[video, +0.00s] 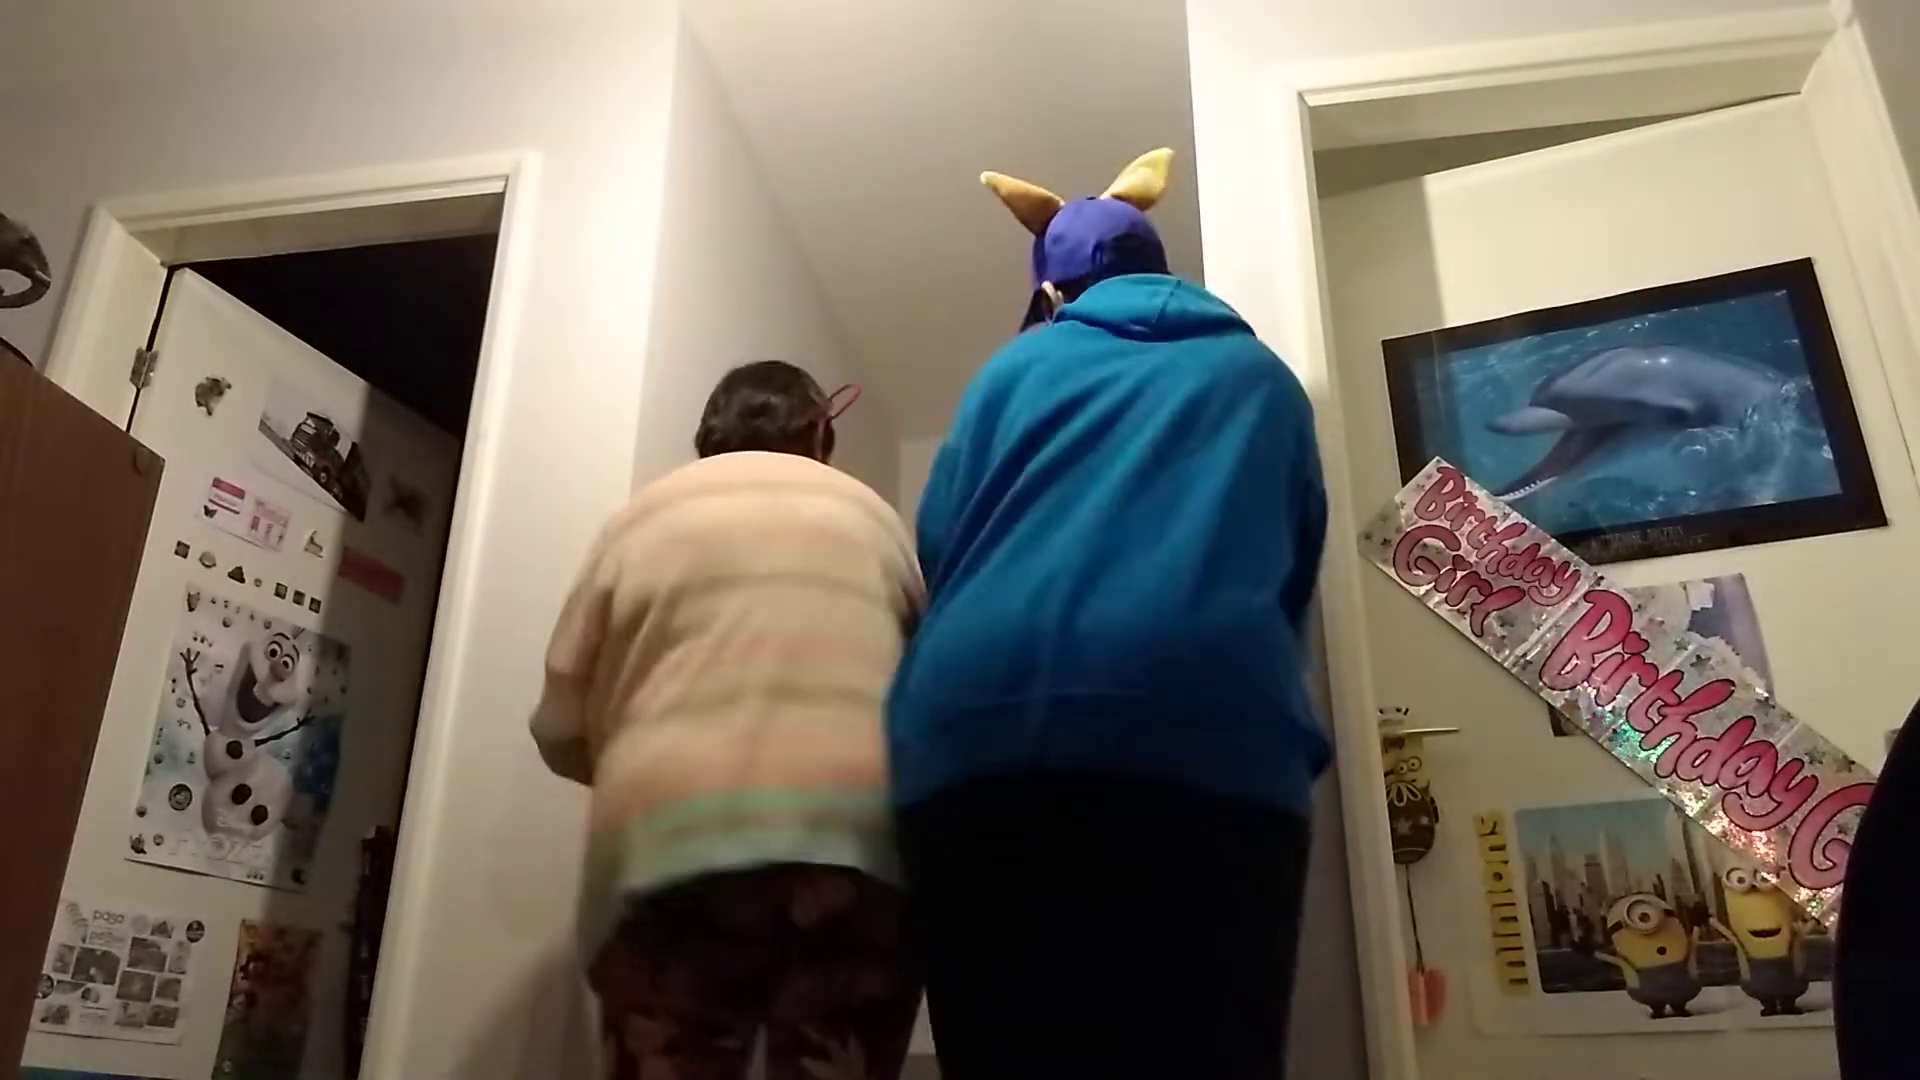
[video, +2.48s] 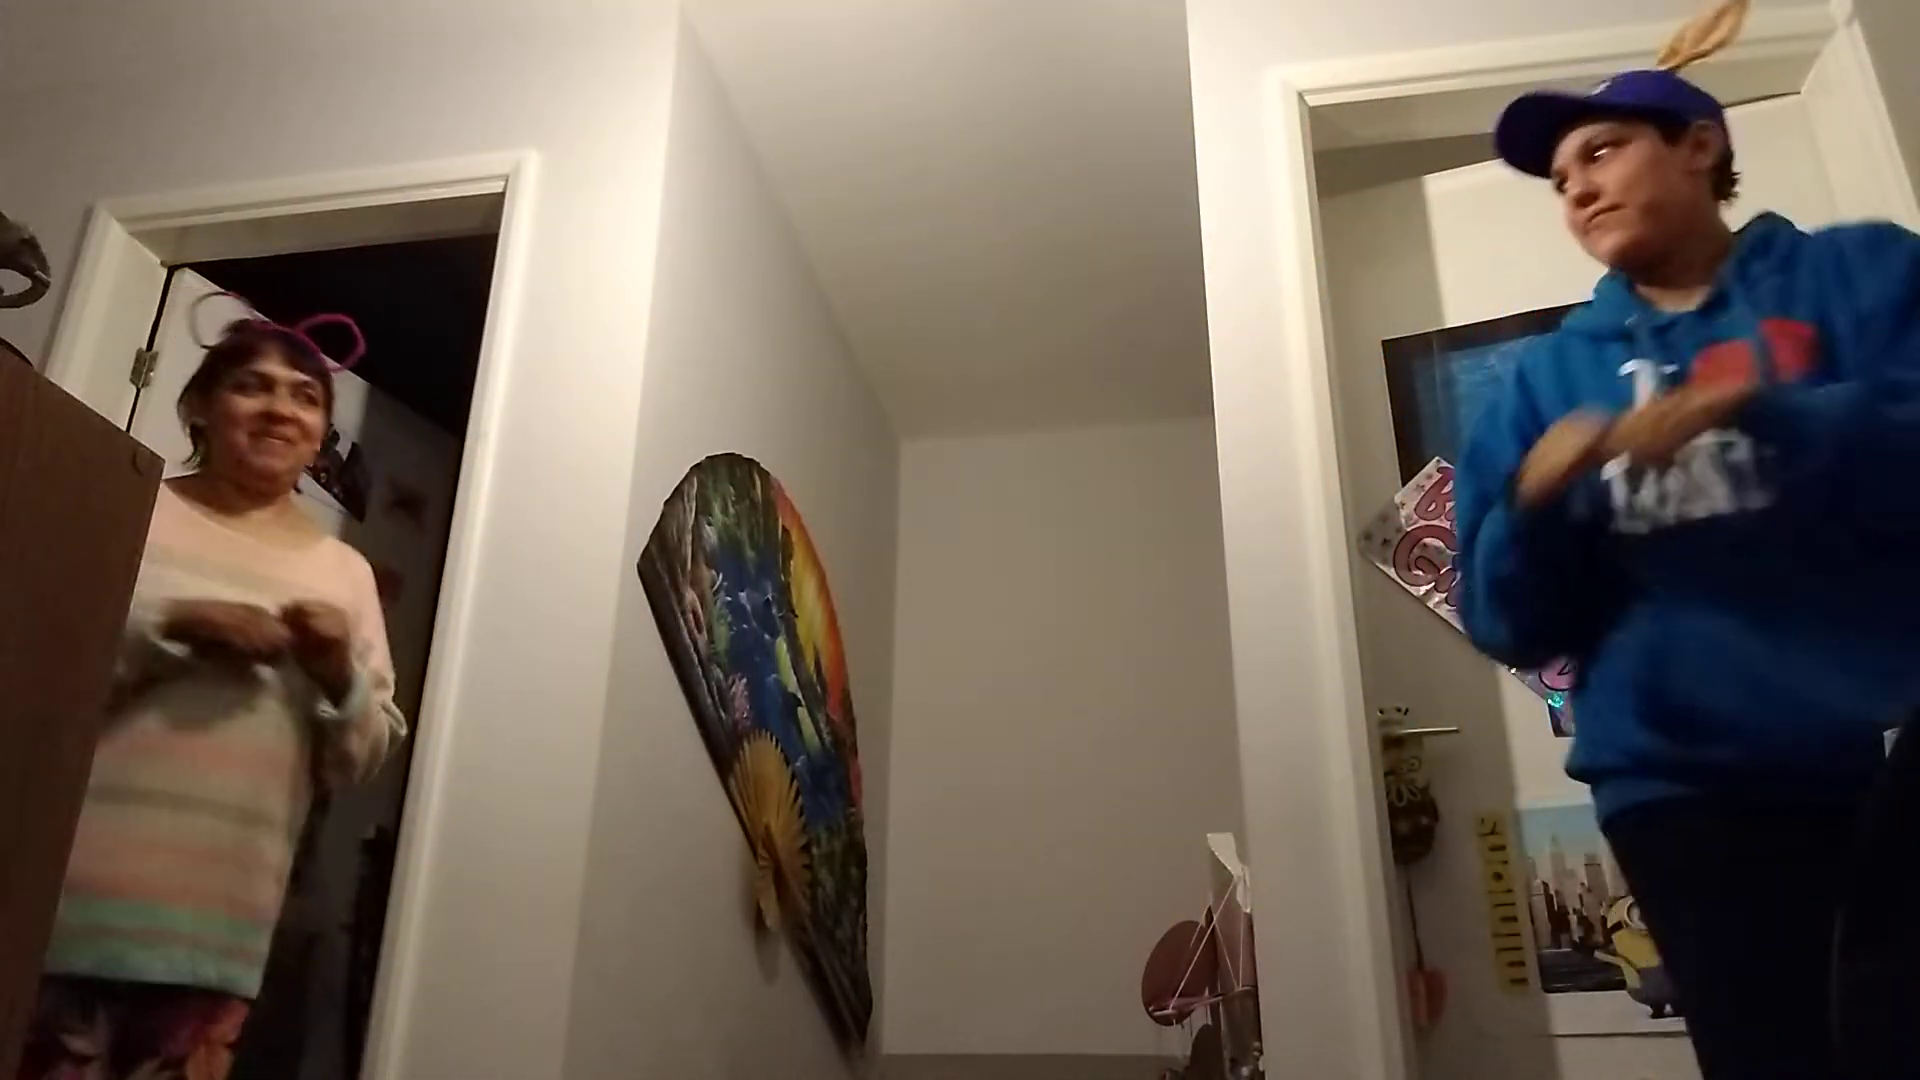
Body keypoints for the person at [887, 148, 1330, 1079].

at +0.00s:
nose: (1031, 309)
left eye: (1034, 296)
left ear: (1051, 296)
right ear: (1164, 277)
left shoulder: (1009, 373)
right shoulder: (1266, 378)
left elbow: (940, 547)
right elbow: (1295, 572)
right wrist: (1242, 684)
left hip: (979, 759)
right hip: (1220, 765)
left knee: (1002, 1049)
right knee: (1213, 1049)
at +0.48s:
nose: (1246, 246)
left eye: (1246, 228)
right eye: (1231, 224)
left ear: (1121, 222)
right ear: (1165, 208)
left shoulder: (1048, 359)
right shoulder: (1220, 280)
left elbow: (996, 553)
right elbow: (1339, 476)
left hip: (1008, 730)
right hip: (1198, 714)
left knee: (1051, 1038)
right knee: (1240, 1036)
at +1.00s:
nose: (1395, 188)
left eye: (1397, 170)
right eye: (1366, 165)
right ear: (1289, 178)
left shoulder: (1247, 287)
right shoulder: (1348, 258)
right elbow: (1449, 441)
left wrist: (1516, 403)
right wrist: (1530, 379)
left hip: (1230, 718)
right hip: (1336, 706)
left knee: (1358, 1033)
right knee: (1438, 1031)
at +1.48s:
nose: (1507, 185)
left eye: (1523, 169)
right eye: (1465, 170)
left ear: (1542, 200)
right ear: (1401, 223)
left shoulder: (1433, 310)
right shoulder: (1451, 291)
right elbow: (1634, 460)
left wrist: (1657, 340)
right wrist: (1683, 328)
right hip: (1550, 767)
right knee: (1714, 1049)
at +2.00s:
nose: (1632, 180)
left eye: (1653, 156)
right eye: (1591, 170)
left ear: (1688, 189)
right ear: (1546, 224)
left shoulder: (1736, 341)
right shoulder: (1562, 333)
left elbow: (1875, 573)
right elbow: (1714, 498)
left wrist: (1887, 391)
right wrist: (1837, 361)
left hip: (1816, 765)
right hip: (1693, 789)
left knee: (1876, 1038)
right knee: (1801, 1051)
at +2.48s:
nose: (1576, 188)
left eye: (1603, 151)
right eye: (1561, 178)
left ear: (1701, 147)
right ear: (1562, 213)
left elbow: (1913, 429)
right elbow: (1505, 626)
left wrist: (1750, 400)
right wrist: (1535, 500)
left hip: (1884, 752)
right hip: (1682, 789)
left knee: (1889, 1037)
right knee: (1763, 1055)